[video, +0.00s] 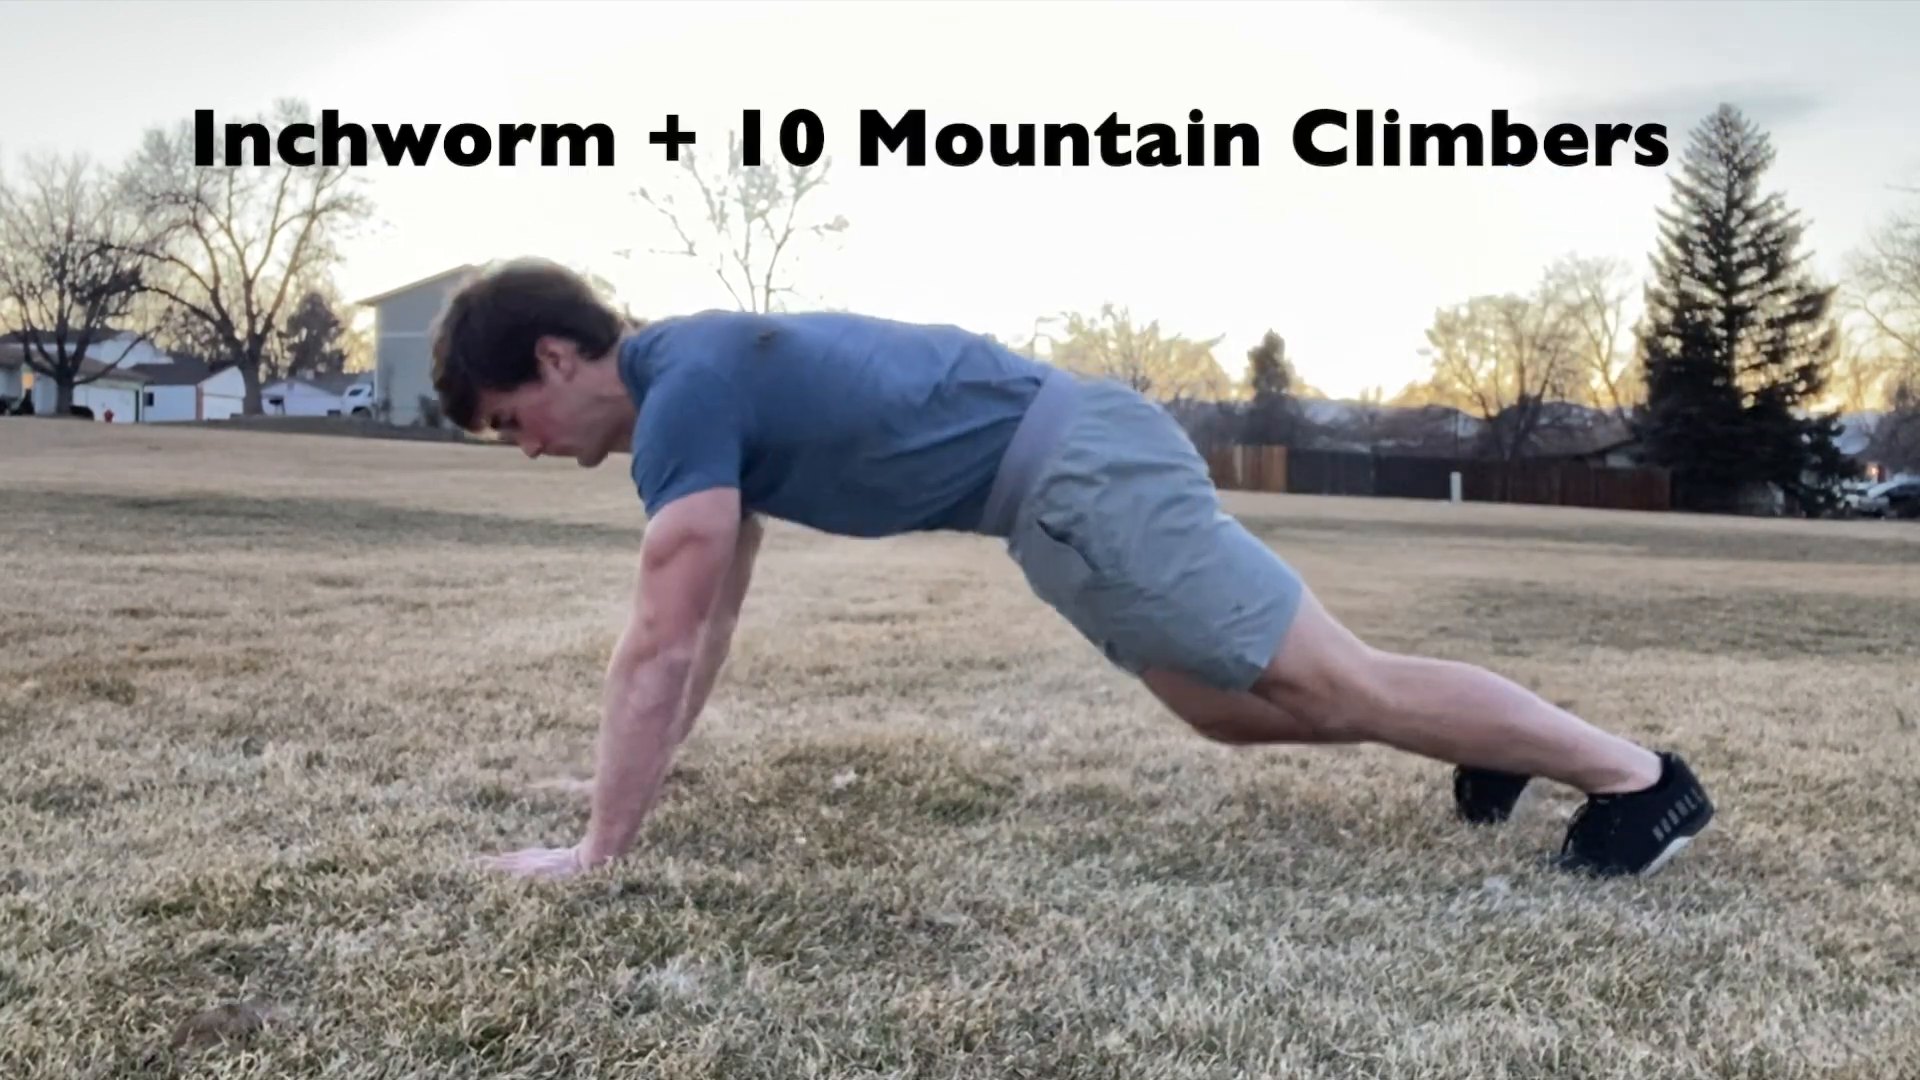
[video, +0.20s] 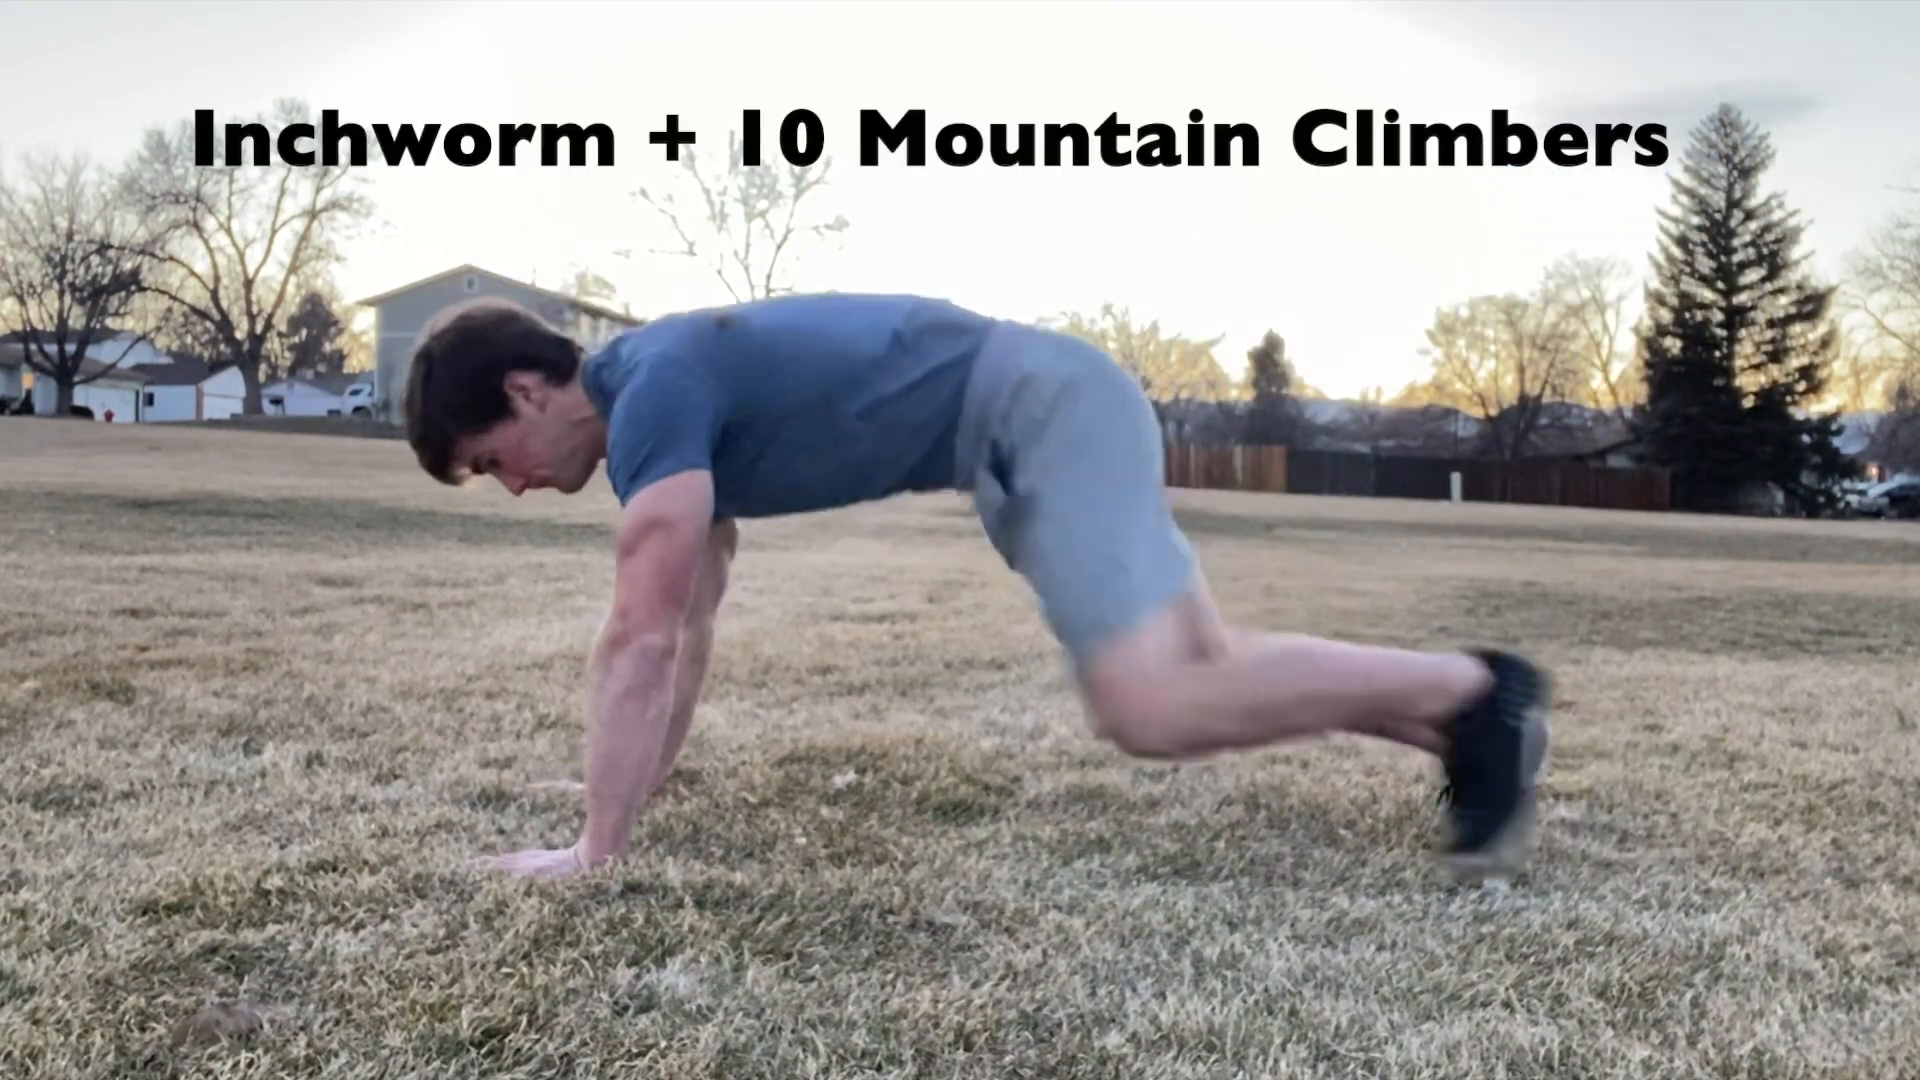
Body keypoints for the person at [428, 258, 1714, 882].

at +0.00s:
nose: (524, 448)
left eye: (513, 419)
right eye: (506, 432)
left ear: (557, 359)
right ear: (567, 357)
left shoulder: (689, 376)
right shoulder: (701, 389)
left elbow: (663, 649)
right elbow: (698, 634)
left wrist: (595, 851)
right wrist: (631, 788)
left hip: (1079, 465)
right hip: (1053, 488)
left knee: (1333, 680)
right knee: (1235, 709)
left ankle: (1642, 779)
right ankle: (1508, 734)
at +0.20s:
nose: (509, 484)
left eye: (493, 458)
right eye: (488, 474)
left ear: (531, 389)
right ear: (540, 392)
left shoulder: (661, 384)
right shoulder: (670, 405)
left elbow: (640, 635)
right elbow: (682, 637)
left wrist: (592, 849)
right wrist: (626, 804)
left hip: (1042, 399)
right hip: (1027, 420)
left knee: (1153, 706)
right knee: (1186, 666)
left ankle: (1472, 693)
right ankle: (1450, 712)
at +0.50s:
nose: (506, 472)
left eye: (485, 448)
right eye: (482, 464)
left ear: (516, 376)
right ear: (523, 372)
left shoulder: (651, 372)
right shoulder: (651, 386)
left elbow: (630, 622)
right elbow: (679, 615)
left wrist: (594, 845)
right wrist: (653, 783)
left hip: (1003, 389)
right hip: (1006, 448)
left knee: (726, 458)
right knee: (1226, 642)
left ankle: (761, 819)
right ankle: (1521, 747)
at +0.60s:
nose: (508, 480)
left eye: (487, 456)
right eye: (482, 474)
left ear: (516, 382)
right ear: (520, 385)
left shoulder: (659, 374)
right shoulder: (652, 405)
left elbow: (635, 622)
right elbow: (669, 630)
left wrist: (596, 844)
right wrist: (606, 826)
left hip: (1004, 409)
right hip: (1010, 496)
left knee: (726, 447)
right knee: (1216, 675)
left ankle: (763, 808)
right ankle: (1529, 751)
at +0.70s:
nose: (478, 502)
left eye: (456, 480)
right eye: (454, 494)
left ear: (481, 406)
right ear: (487, 410)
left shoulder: (627, 363)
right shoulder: (617, 399)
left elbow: (629, 630)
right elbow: (637, 638)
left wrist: (598, 844)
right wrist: (620, 826)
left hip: (981, 341)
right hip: (993, 385)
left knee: (769, 495)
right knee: (1180, 609)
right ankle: (1465, 727)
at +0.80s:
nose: (464, 503)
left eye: (443, 480)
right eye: (440, 495)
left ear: (464, 404)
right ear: (469, 402)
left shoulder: (594, 371)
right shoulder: (602, 376)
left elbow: (618, 620)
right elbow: (646, 600)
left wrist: (596, 842)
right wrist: (641, 780)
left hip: (947, 299)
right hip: (975, 302)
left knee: (918, 612)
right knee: (1028, 603)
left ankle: (1230, 675)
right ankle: (1306, 674)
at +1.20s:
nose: (505, 486)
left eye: (482, 463)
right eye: (482, 479)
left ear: (506, 388)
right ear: (515, 384)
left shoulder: (640, 384)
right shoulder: (649, 372)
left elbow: (653, 641)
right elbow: (656, 613)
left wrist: (602, 845)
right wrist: (600, 814)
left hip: (995, 484)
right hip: (934, 474)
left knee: (1225, 689)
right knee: (756, 503)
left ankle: (1510, 744)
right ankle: (832, 735)